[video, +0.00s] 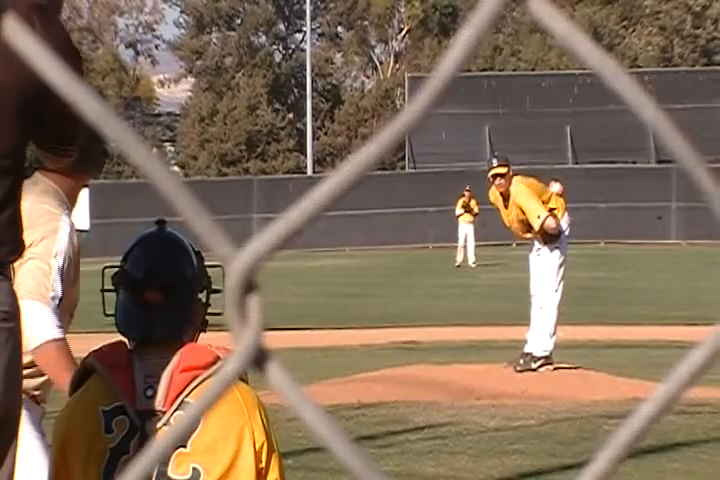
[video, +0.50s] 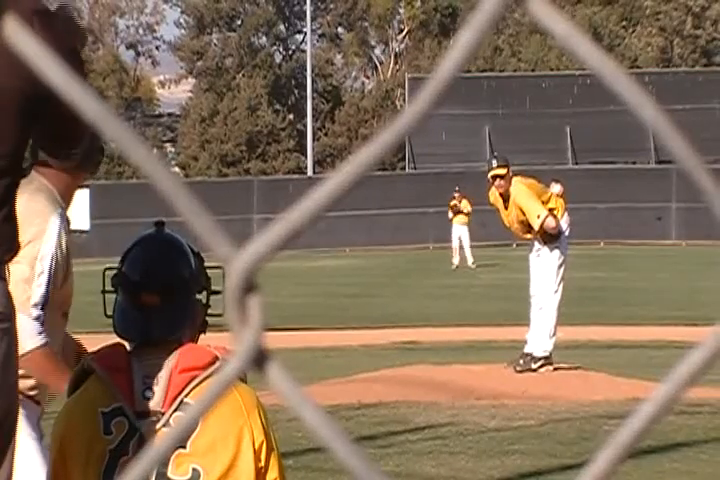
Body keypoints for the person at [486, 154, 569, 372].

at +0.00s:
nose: (499, 181)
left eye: (503, 176)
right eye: (495, 177)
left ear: (510, 175)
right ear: (490, 180)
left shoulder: (520, 190)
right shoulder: (495, 194)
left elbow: (551, 225)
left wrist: (557, 229)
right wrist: (548, 193)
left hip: (552, 238)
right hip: (536, 238)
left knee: (547, 295)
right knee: (536, 294)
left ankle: (542, 350)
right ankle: (532, 347)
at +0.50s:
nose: (499, 182)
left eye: (503, 177)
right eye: (494, 178)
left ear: (510, 176)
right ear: (490, 180)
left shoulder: (520, 191)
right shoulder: (494, 195)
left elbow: (551, 224)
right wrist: (548, 193)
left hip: (552, 237)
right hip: (536, 237)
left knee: (547, 295)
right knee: (536, 295)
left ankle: (542, 351)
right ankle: (532, 348)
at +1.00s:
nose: (491, 163)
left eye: (495, 158)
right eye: (487, 159)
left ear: (504, 158)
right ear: (484, 162)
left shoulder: (510, 175)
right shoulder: (496, 180)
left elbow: (525, 212)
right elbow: (510, 210)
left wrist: (529, 241)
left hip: (548, 226)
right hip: (531, 230)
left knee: (541, 285)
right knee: (519, 287)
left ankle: (542, 350)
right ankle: (528, 348)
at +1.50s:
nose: (506, 125)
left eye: (510, 120)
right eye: (503, 121)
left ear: (520, 121)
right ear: (501, 123)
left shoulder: (517, 146)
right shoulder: (522, 143)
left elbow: (512, 193)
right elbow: (519, 187)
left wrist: (489, 221)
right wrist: (495, 200)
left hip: (535, 214)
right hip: (541, 212)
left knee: (520, 276)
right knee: (530, 278)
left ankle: (532, 343)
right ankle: (531, 342)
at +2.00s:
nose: (511, 119)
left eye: (516, 114)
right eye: (508, 115)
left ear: (526, 116)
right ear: (507, 118)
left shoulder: (523, 143)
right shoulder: (524, 140)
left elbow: (520, 189)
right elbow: (518, 181)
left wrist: (494, 182)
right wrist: (496, 177)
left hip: (529, 215)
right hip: (527, 214)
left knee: (527, 282)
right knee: (526, 282)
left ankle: (534, 348)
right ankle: (532, 346)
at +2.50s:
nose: (511, 120)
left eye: (515, 115)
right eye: (508, 116)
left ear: (526, 115)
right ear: (507, 119)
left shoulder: (525, 145)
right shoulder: (525, 142)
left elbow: (527, 191)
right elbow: (520, 181)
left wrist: (499, 194)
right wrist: (500, 183)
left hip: (529, 216)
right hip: (526, 214)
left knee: (527, 282)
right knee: (524, 281)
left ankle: (534, 348)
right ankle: (532, 346)